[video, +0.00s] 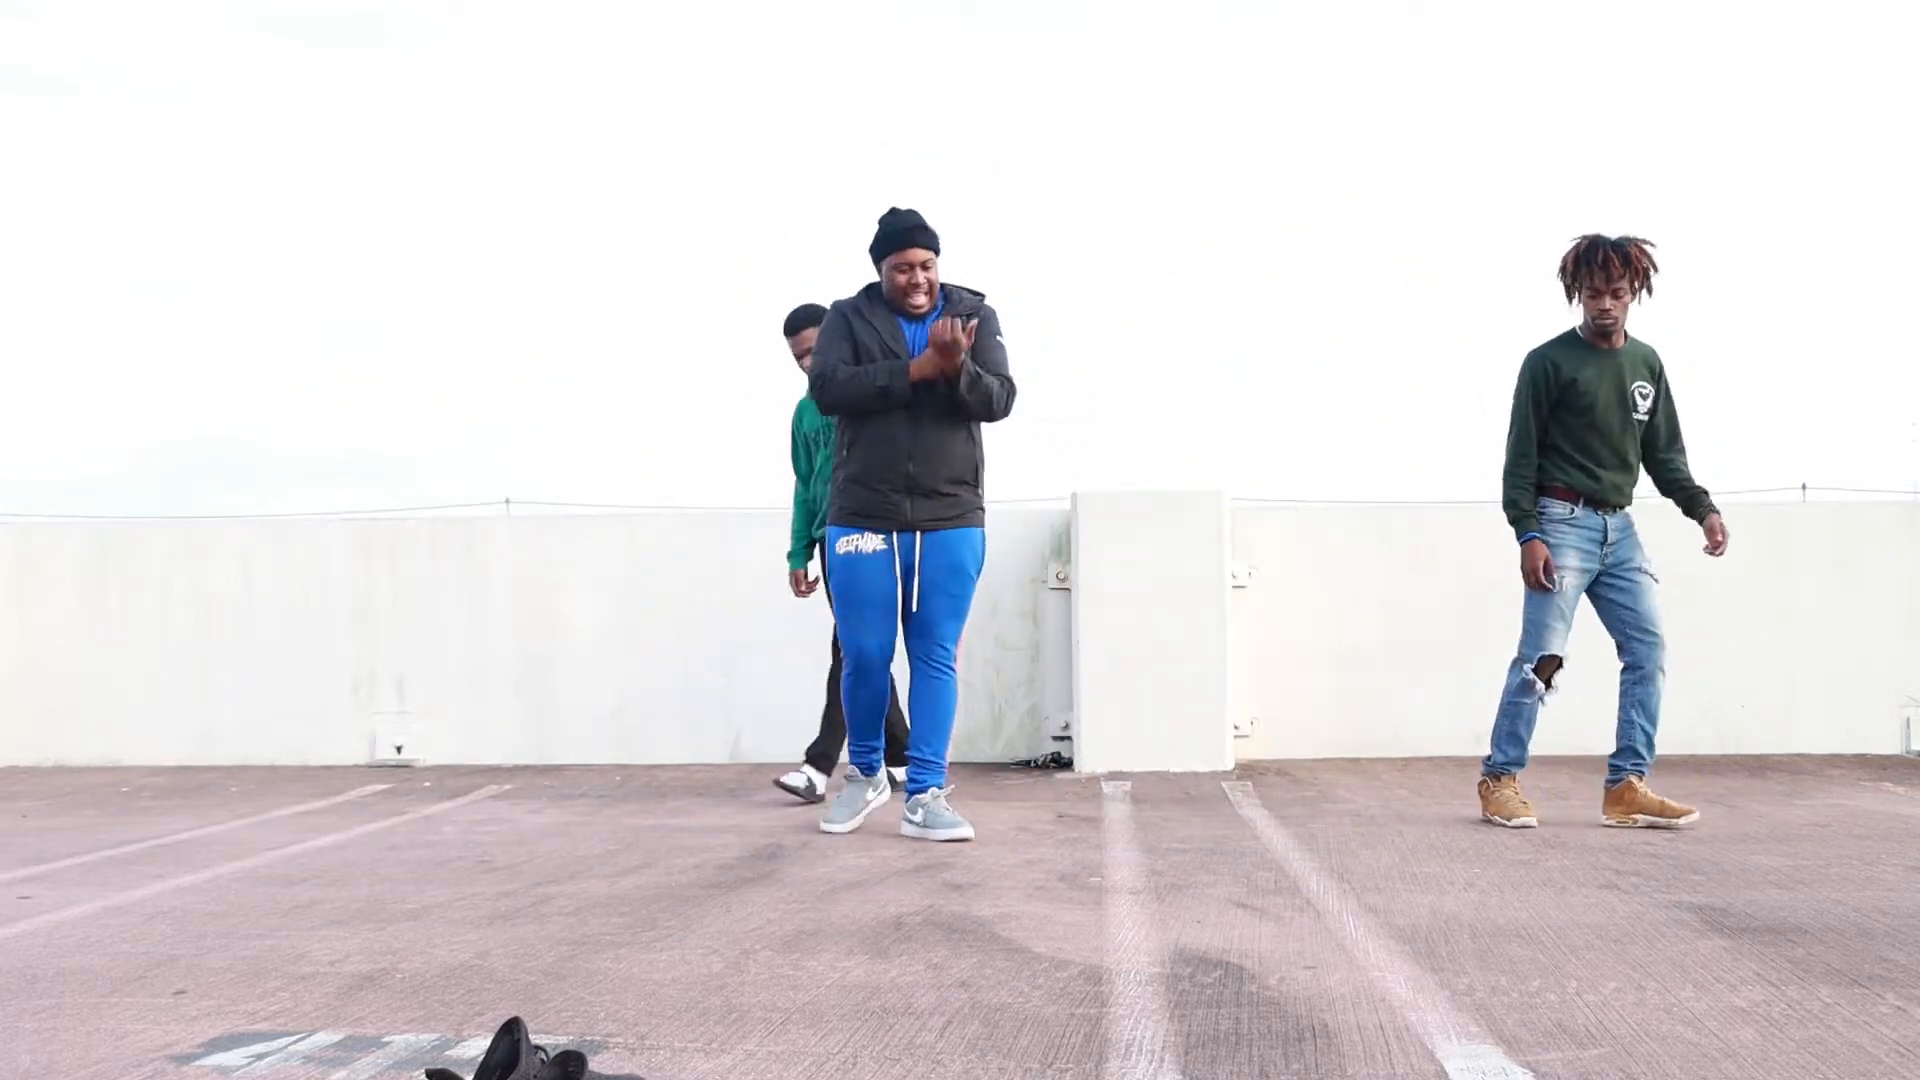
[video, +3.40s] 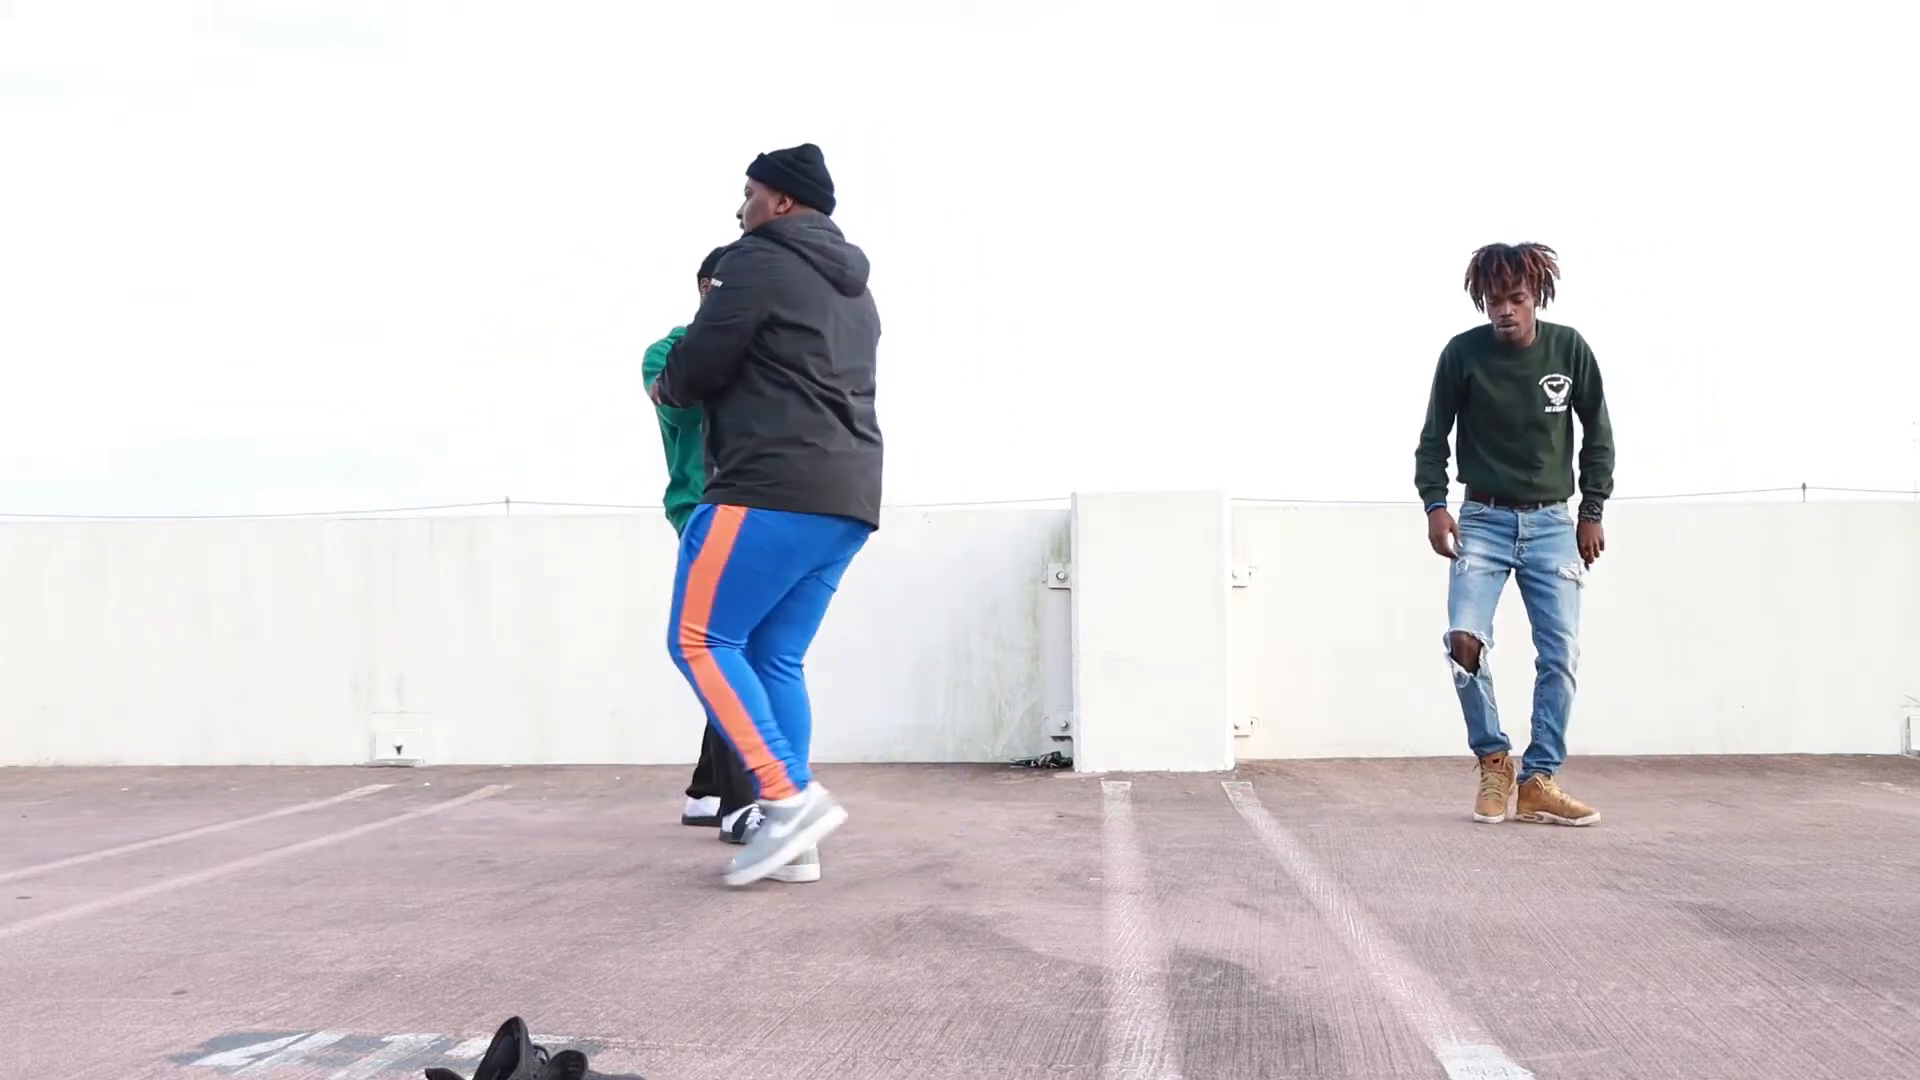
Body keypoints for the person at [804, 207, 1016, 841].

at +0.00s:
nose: (916, 278)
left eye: (925, 266)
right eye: (901, 268)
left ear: (939, 262)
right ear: (878, 269)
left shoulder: (972, 314)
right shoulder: (847, 318)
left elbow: (997, 399)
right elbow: (828, 388)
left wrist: (957, 369)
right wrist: (914, 370)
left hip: (950, 513)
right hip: (863, 513)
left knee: (936, 655)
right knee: (867, 655)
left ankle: (925, 793)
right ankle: (862, 773)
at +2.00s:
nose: (865, 220)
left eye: (874, 208)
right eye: (850, 216)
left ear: (900, 216)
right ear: (836, 236)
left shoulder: (956, 277)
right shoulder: (817, 300)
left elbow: (999, 350)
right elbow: (803, 391)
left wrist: (938, 331)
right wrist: (892, 349)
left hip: (966, 497)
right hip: (870, 504)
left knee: (978, 659)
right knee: (900, 662)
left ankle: (935, 767)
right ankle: (909, 823)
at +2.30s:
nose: (856, 191)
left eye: (868, 177)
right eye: (845, 185)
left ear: (905, 185)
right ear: (837, 203)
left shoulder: (955, 241)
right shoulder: (822, 271)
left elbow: (952, 330)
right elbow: (781, 382)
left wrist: (835, 318)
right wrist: (825, 341)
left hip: (944, 480)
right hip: (851, 492)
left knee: (932, 640)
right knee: (882, 665)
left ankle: (957, 825)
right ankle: (907, 825)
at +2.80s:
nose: (824, 191)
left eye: (834, 177)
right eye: (824, 178)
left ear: (876, 177)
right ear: (876, 180)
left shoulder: (892, 230)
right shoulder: (879, 240)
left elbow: (833, 335)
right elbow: (858, 365)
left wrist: (749, 355)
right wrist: (778, 358)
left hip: (913, 478)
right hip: (869, 483)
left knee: (900, 655)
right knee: (808, 637)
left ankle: (947, 844)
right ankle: (828, 821)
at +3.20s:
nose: (775, 208)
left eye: (784, 196)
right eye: (780, 195)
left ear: (815, 201)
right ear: (842, 205)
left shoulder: (801, 261)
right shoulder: (880, 282)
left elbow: (741, 359)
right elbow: (835, 373)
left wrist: (700, 395)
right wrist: (744, 374)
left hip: (815, 491)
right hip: (856, 489)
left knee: (813, 666)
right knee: (762, 661)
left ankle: (928, 831)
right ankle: (784, 830)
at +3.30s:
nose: (759, 208)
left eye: (767, 197)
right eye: (763, 196)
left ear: (799, 203)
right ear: (823, 207)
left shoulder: (782, 261)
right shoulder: (864, 281)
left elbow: (716, 364)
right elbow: (825, 369)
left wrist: (681, 384)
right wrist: (732, 354)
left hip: (796, 483)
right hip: (862, 493)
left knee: (742, 651)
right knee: (773, 657)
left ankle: (871, 794)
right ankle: (783, 831)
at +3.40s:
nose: (742, 207)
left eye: (750, 195)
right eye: (745, 195)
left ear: (780, 200)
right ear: (806, 205)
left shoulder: (759, 261)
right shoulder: (851, 283)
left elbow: (693, 372)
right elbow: (804, 370)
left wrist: (669, 379)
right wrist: (706, 360)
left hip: (773, 482)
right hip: (849, 493)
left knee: (698, 641)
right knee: (777, 657)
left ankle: (788, 799)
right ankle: (788, 835)